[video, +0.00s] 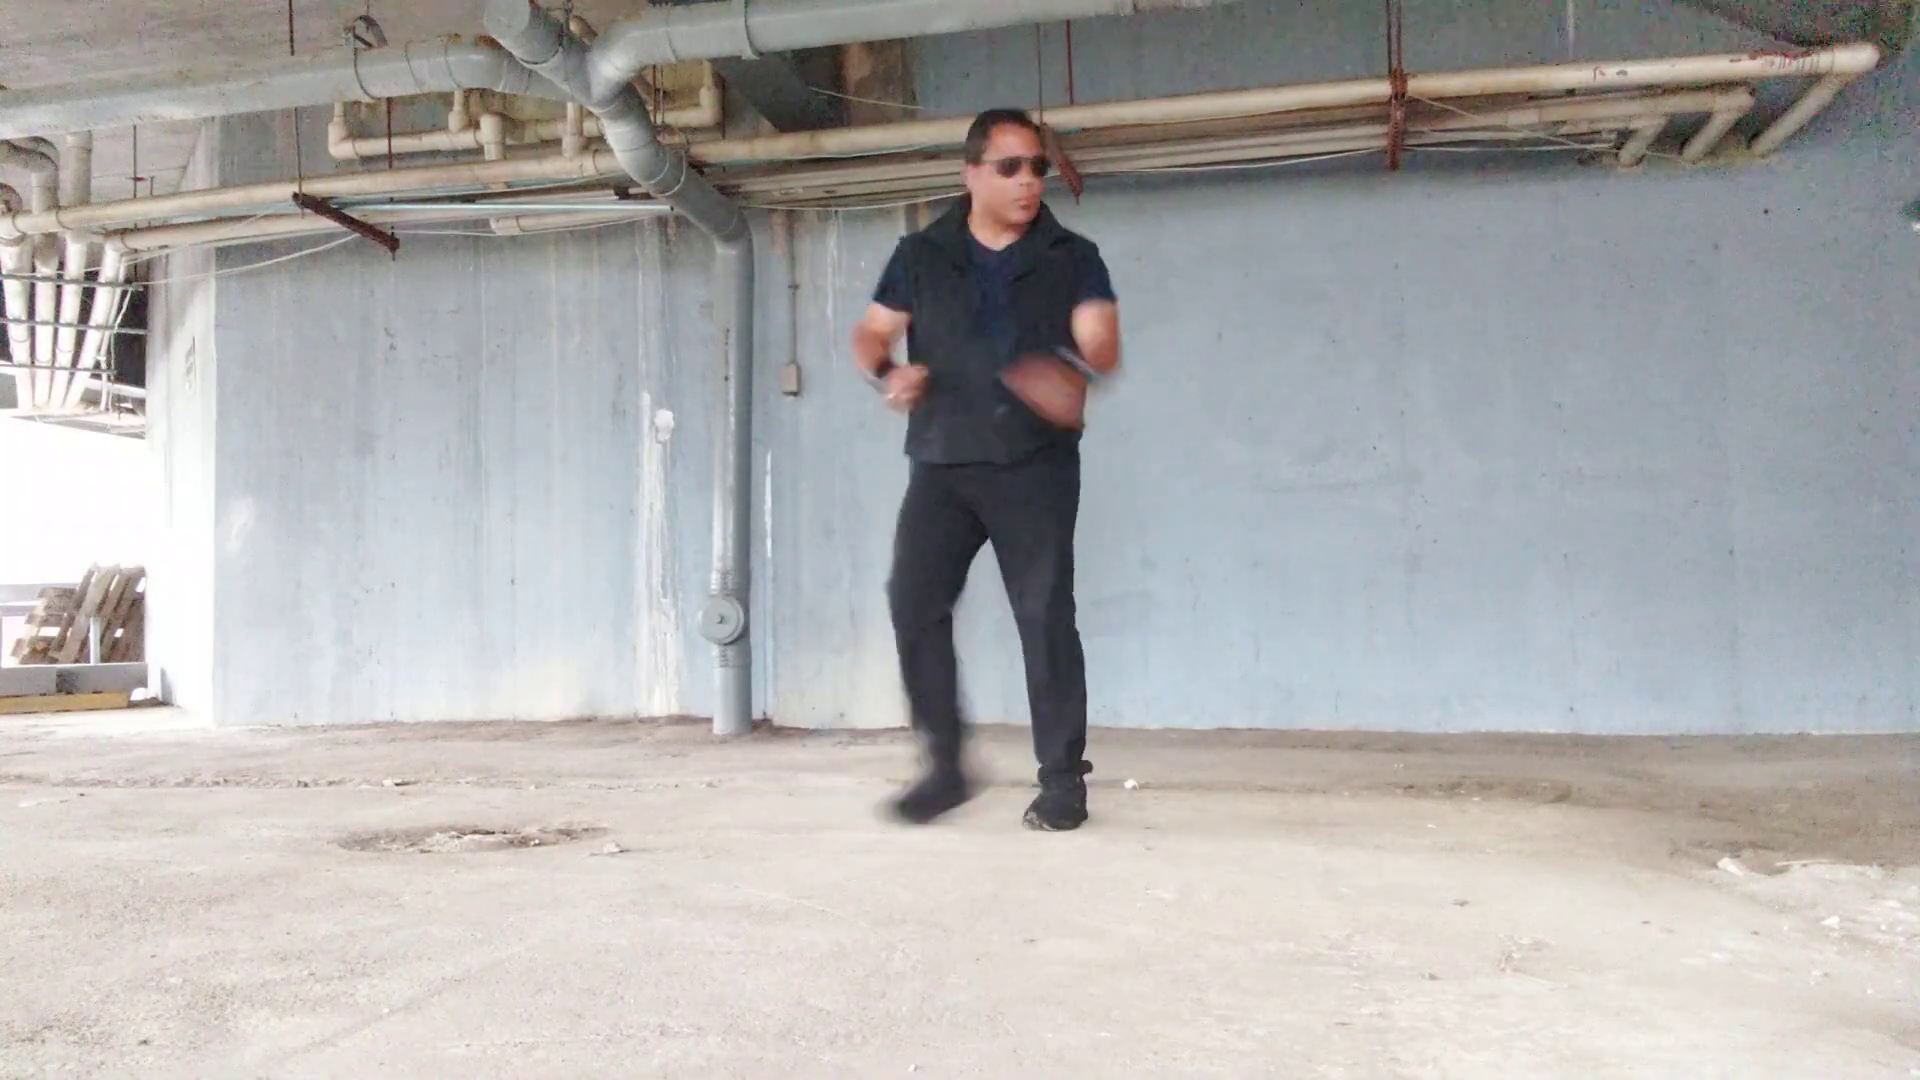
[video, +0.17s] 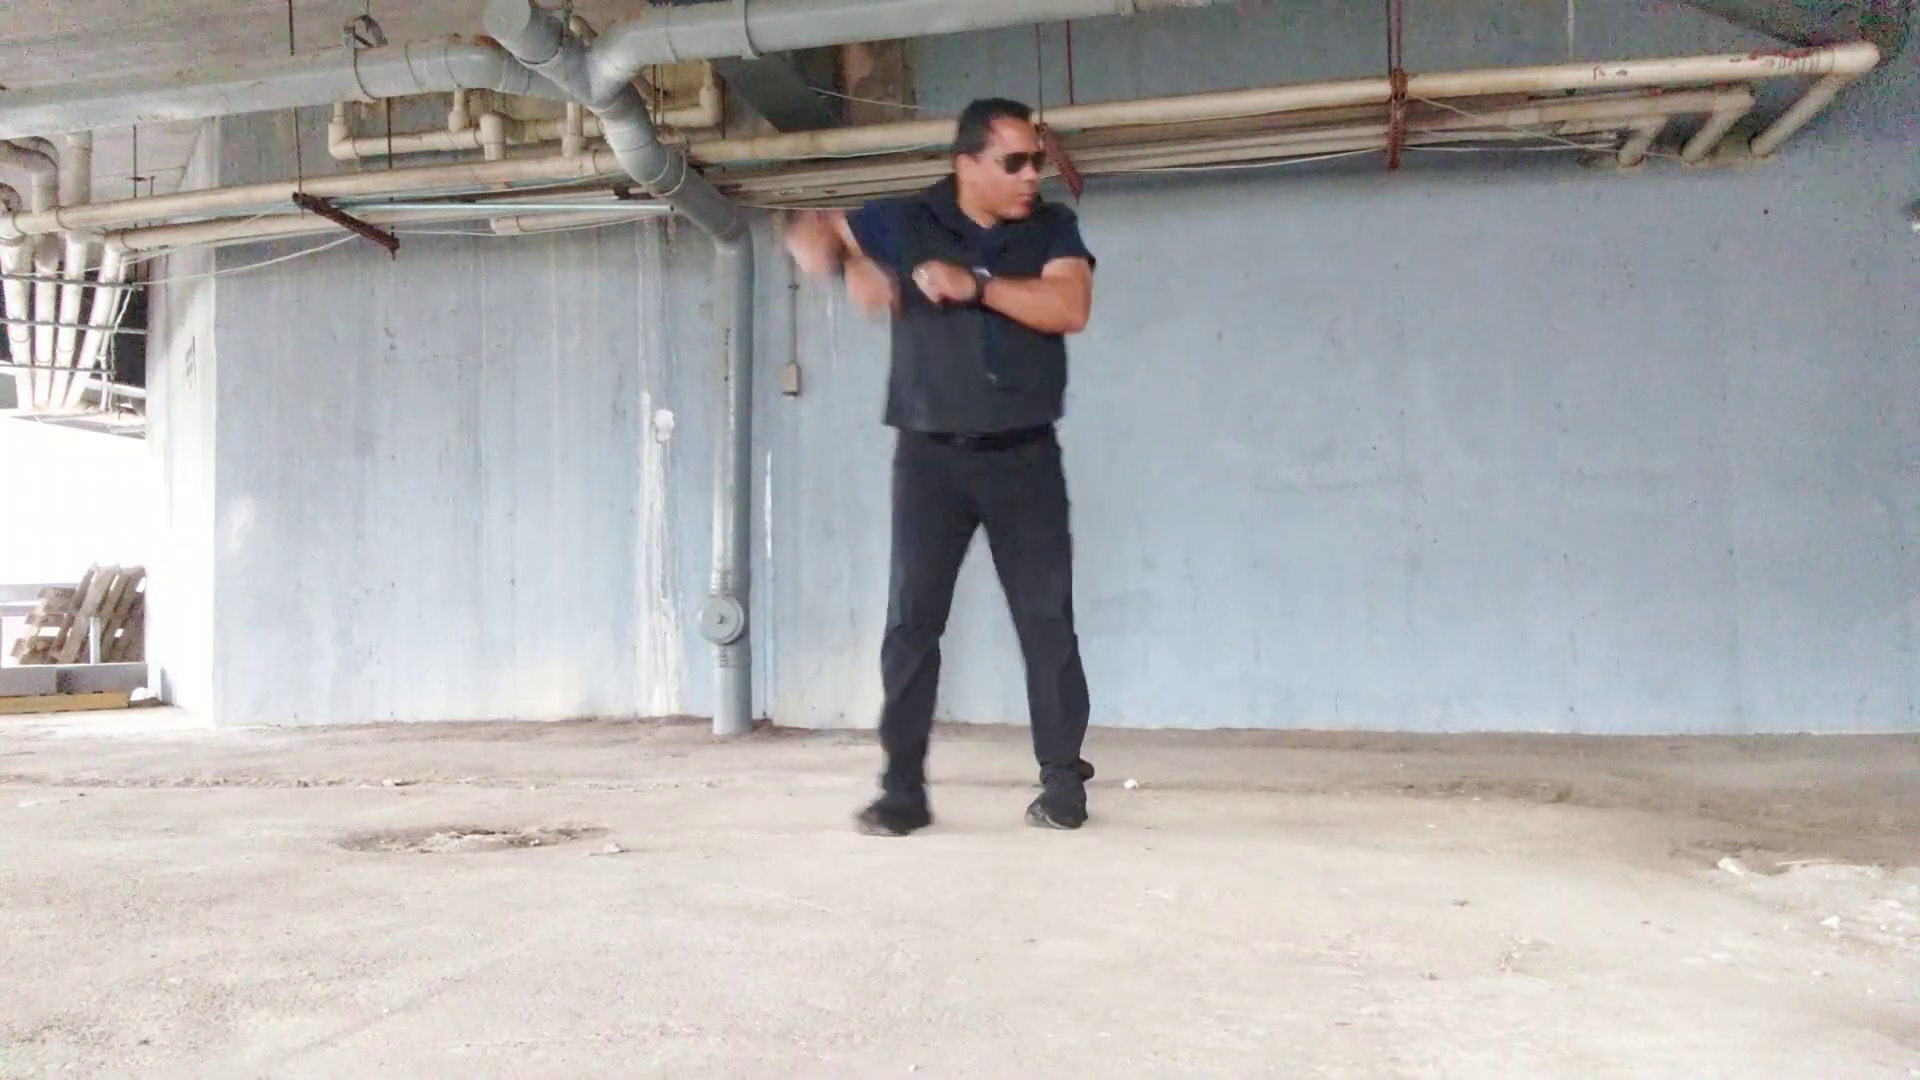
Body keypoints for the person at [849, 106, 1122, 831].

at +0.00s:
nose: (1029, 180)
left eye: (1038, 166)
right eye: (1011, 167)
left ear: (1049, 173)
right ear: (971, 176)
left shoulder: (1071, 256)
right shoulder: (926, 249)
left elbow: (1103, 353)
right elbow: (872, 336)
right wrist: (885, 373)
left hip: (1034, 470)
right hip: (944, 470)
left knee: (1045, 617)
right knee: (914, 599)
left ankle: (1062, 780)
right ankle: (944, 769)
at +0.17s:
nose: (1033, 173)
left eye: (1037, 160)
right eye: (1017, 162)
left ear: (1038, 159)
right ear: (967, 164)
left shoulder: (1051, 225)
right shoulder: (912, 219)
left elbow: (1071, 308)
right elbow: (809, 231)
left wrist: (978, 285)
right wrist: (838, 261)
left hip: (1025, 457)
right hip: (930, 457)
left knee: (1047, 619)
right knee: (913, 621)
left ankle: (1063, 780)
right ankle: (903, 789)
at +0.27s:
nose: (989, 175)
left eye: (999, 160)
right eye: (972, 161)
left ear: (1008, 160)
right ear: (932, 163)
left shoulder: (1031, 235)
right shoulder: (891, 220)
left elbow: (1073, 332)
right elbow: (780, 214)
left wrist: (1025, 347)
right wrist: (865, 212)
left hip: (1002, 461)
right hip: (910, 460)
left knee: (1028, 617)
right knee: (909, 623)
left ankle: (1054, 776)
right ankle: (909, 785)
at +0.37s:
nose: (928, 180)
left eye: (943, 166)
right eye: (913, 167)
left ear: (971, 167)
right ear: (895, 170)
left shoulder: (1016, 247)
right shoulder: (873, 232)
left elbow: (1058, 333)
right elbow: (821, 281)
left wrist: (1078, 372)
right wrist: (926, 249)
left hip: (983, 461)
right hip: (890, 462)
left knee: (1001, 606)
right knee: (890, 619)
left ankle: (1006, 745)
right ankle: (906, 783)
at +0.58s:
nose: (902, 191)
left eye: (918, 174)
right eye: (888, 177)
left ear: (950, 169)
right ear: (873, 177)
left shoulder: (997, 227)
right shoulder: (857, 250)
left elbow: (1079, 270)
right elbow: (795, 344)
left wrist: (983, 263)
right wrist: (834, 400)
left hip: (976, 460)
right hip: (889, 461)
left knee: (954, 619)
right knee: (890, 613)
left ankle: (881, 749)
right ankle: (897, 783)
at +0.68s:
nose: (906, 192)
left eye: (921, 175)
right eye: (891, 179)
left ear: (952, 172)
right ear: (877, 182)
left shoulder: (987, 230)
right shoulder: (855, 251)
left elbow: (1052, 266)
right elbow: (795, 317)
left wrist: (944, 263)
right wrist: (808, 382)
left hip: (976, 464)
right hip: (891, 464)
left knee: (938, 624)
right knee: (899, 615)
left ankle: (876, 760)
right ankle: (906, 776)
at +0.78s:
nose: (922, 189)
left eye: (937, 173)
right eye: (907, 176)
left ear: (966, 172)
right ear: (890, 181)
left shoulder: (1003, 241)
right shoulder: (859, 250)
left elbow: (1056, 310)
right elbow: (805, 339)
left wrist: (965, 283)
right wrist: (839, 409)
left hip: (974, 470)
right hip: (885, 468)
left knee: (975, 622)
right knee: (887, 620)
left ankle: (899, 727)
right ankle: (905, 774)